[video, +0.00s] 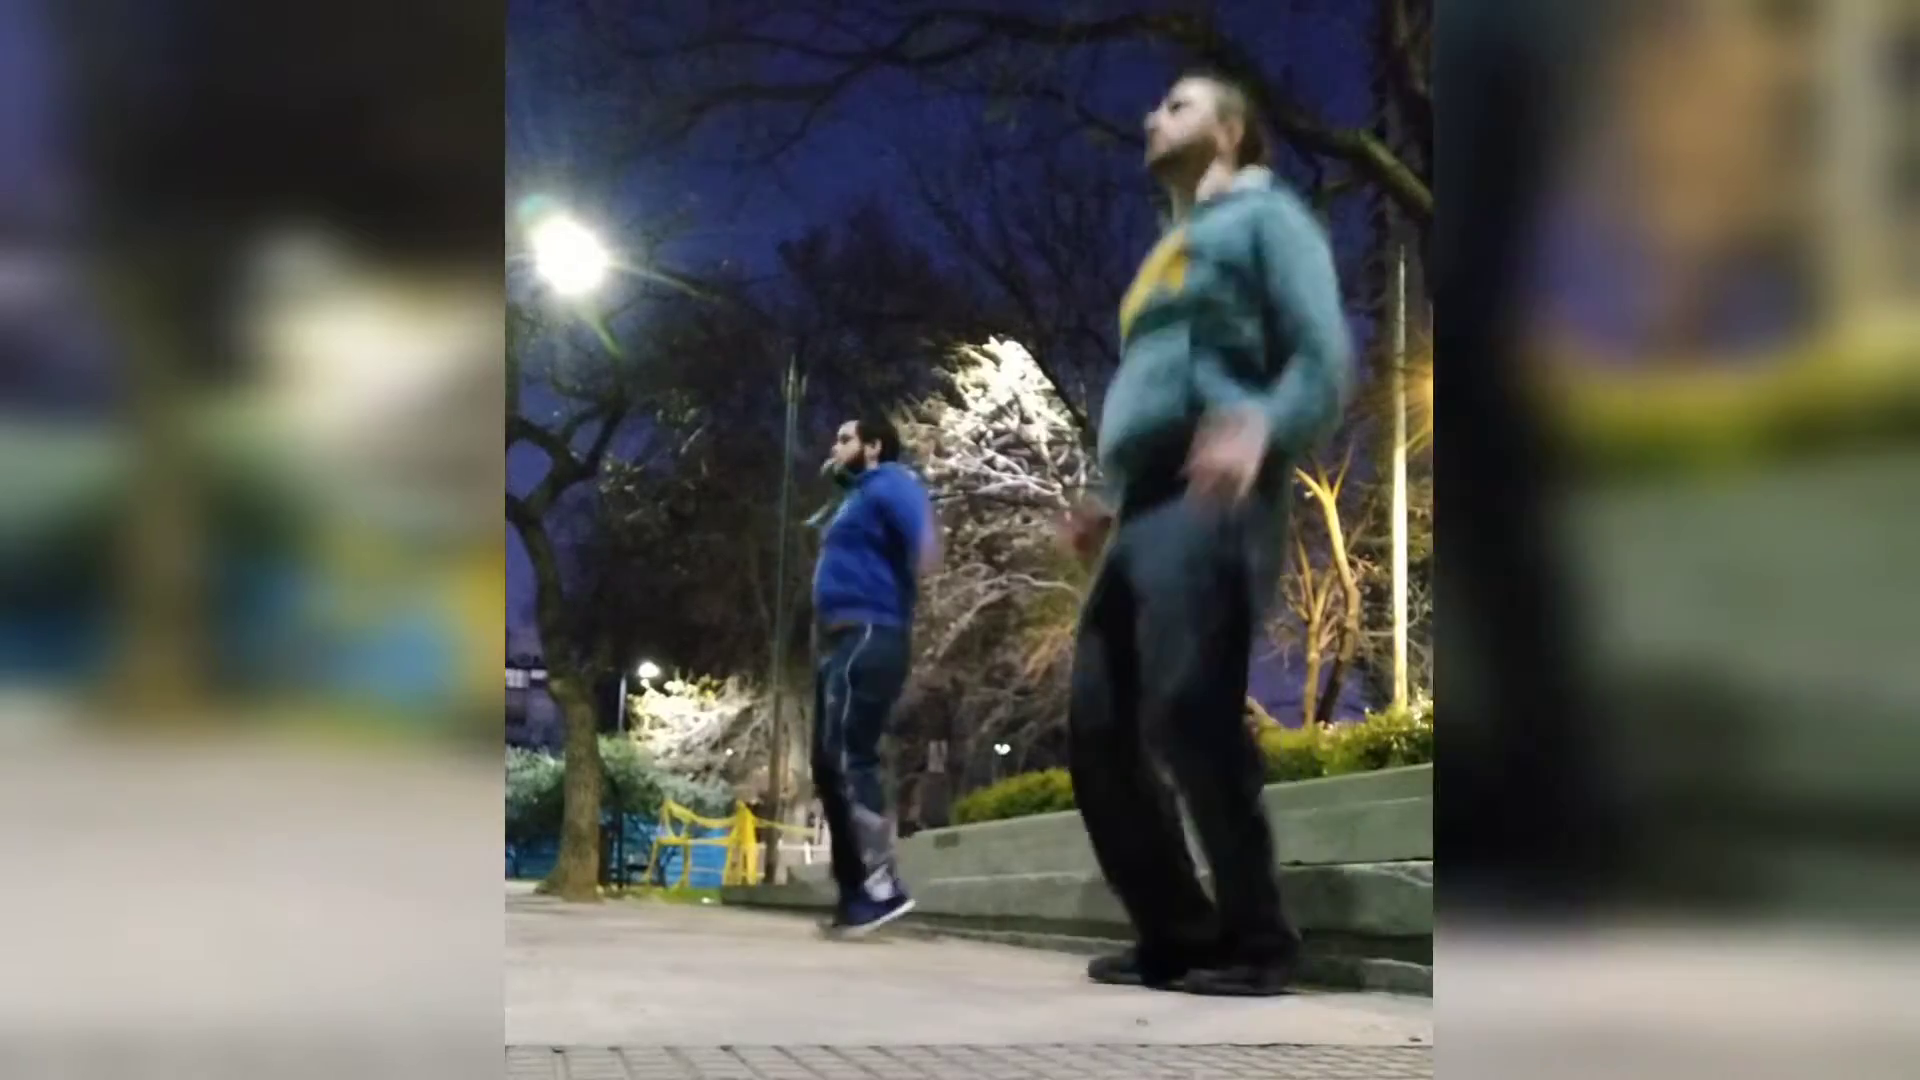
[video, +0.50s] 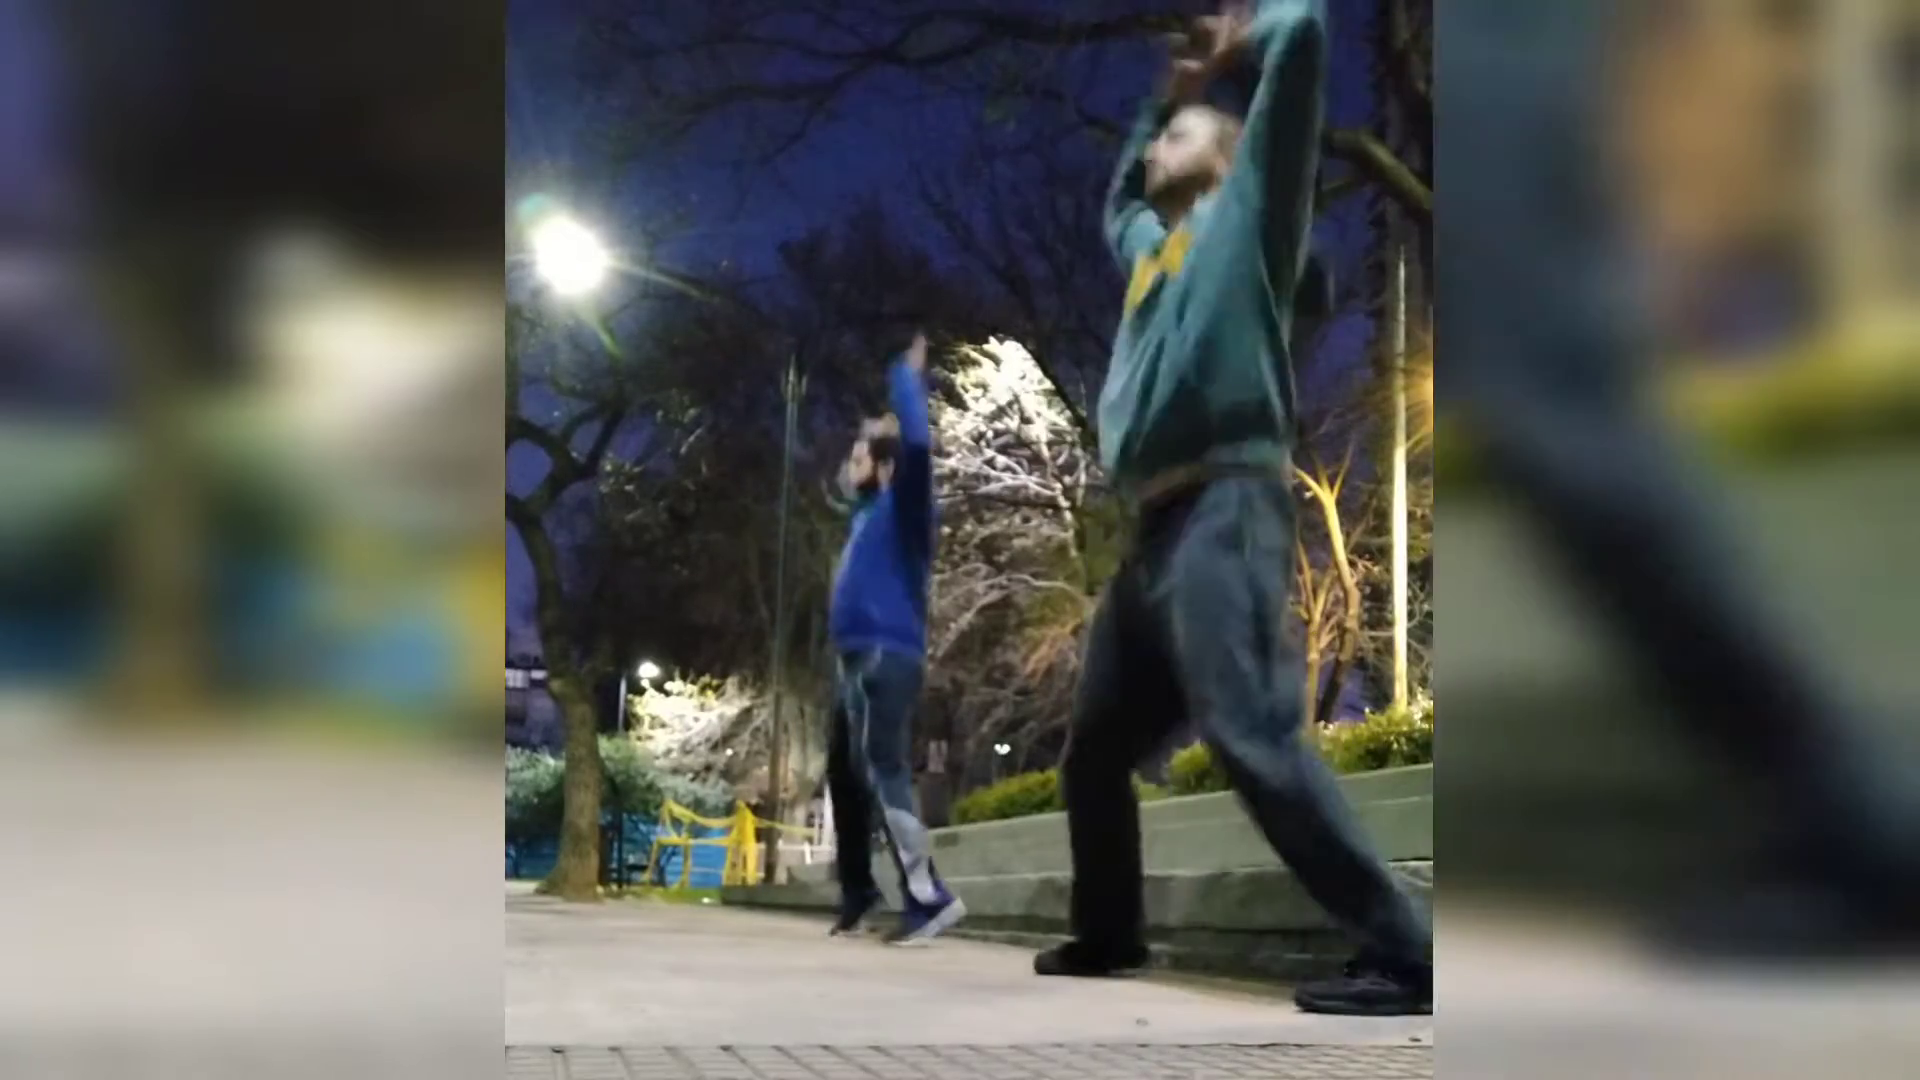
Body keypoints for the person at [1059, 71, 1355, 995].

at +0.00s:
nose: (1156, 115)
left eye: (1180, 102)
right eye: (1159, 105)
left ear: (1232, 130)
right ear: (1168, 137)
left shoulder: (1268, 214)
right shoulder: (1171, 245)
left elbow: (1327, 358)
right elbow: (1149, 382)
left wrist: (1260, 424)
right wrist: (1107, 496)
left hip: (1211, 492)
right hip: (1137, 507)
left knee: (1189, 712)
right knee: (1099, 729)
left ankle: (1256, 942)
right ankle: (1174, 936)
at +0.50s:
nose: (1161, 143)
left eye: (1184, 128)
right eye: (1159, 132)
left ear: (1231, 145)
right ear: (1168, 164)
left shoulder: (1254, 208)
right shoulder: (1148, 242)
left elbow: (1301, 32)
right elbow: (1122, 194)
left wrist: (1242, 36)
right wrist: (1172, 91)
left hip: (1229, 503)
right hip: (1156, 525)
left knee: (1250, 736)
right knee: (1095, 751)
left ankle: (1399, 956)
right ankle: (1106, 940)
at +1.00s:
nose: (1141, 133)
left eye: (1165, 119)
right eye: (1143, 122)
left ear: (1217, 141)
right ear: (1169, 153)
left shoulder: (1256, 224)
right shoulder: (1170, 255)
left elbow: (1317, 350)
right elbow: (1159, 395)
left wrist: (1242, 421)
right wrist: (1127, 511)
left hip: (1217, 508)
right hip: (1150, 520)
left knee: (1189, 724)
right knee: (1122, 732)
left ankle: (1245, 945)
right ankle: (1184, 938)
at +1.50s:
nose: (1173, 136)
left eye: (1194, 121)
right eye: (1171, 128)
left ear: (1240, 139)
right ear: (1179, 164)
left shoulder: (1271, 199)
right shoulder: (1161, 255)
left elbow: (1322, 36)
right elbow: (1137, 231)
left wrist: (1232, 18)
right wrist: (1154, 152)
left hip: (1249, 490)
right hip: (1174, 515)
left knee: (1267, 734)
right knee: (1135, 737)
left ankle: (1398, 950)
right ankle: (1150, 935)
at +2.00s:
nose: (1193, 88)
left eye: (1214, 75)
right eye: (1196, 77)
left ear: (1262, 100)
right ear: (1214, 107)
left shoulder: (1296, 176)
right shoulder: (1205, 214)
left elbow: (1341, 279)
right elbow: (1197, 379)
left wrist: (1275, 294)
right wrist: (1125, 453)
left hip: (1263, 457)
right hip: (1187, 474)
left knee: (1249, 694)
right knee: (1179, 706)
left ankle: (1295, 946)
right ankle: (1211, 935)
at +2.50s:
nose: (1197, 73)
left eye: (1221, 61)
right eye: (1201, 63)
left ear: (1275, 80)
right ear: (1221, 95)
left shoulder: (1297, 140)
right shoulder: (1200, 214)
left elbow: (1388, 81)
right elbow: (1162, 309)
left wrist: (1380, 4)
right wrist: (1071, 294)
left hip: (1268, 419)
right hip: (1192, 446)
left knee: (1292, 660)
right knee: (1176, 679)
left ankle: (1351, 900)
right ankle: (1188, 895)